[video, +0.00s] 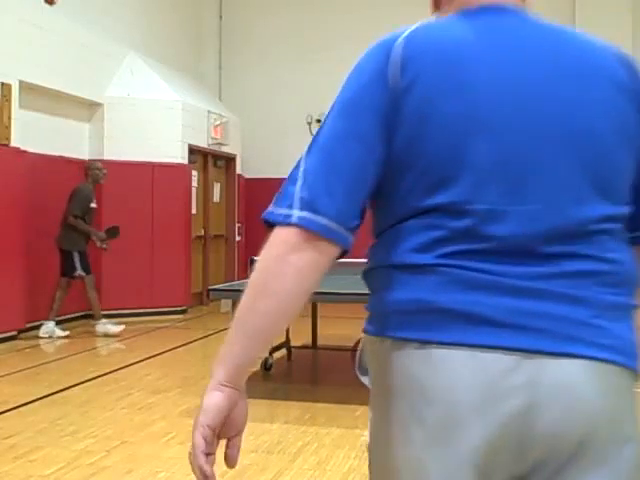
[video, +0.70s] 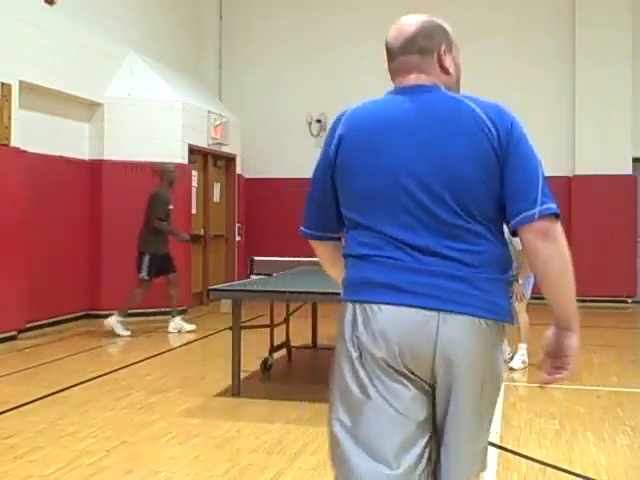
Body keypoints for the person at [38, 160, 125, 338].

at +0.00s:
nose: (104, 173)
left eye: (103, 170)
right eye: (100, 170)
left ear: (95, 173)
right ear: (90, 172)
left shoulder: (89, 192)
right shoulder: (83, 191)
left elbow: (83, 221)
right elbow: (72, 218)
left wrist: (96, 239)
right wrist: (94, 233)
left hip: (72, 242)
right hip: (73, 243)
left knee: (64, 283)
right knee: (89, 280)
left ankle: (49, 324)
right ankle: (100, 322)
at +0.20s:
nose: (123, 174)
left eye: (122, 171)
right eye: (119, 171)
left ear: (113, 175)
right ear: (109, 174)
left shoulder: (110, 195)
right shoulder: (102, 194)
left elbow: (106, 223)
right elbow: (94, 222)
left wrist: (117, 241)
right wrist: (117, 235)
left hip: (98, 245)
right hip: (96, 246)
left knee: (92, 283)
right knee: (112, 280)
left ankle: (63, 315)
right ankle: (109, 322)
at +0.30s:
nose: (130, 173)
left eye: (130, 169)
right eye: (126, 169)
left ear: (124, 173)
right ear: (118, 172)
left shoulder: (120, 192)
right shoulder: (112, 192)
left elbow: (117, 220)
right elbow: (105, 219)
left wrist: (124, 239)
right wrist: (129, 231)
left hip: (113, 243)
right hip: (107, 244)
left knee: (114, 280)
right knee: (117, 280)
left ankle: (85, 307)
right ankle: (110, 322)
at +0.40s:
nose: (139, 171)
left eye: (139, 167)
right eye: (135, 167)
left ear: (136, 171)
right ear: (126, 171)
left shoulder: (130, 191)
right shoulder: (122, 191)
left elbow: (129, 218)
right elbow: (118, 218)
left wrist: (145, 228)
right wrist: (141, 228)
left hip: (126, 244)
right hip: (117, 244)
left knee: (133, 277)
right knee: (120, 280)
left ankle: (110, 313)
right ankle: (111, 321)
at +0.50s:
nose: (150, 172)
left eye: (150, 168)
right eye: (147, 168)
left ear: (144, 172)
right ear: (138, 171)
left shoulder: (141, 193)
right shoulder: (133, 192)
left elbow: (138, 220)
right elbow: (129, 218)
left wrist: (158, 229)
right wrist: (154, 228)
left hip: (136, 244)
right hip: (125, 244)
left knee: (148, 276)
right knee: (124, 281)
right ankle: (111, 322)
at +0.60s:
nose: (162, 173)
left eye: (161, 170)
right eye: (158, 170)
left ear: (156, 173)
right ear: (150, 172)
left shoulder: (154, 195)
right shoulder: (146, 195)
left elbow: (151, 221)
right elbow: (143, 221)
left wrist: (169, 231)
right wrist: (167, 230)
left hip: (147, 247)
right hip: (135, 247)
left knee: (158, 281)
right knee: (131, 284)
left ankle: (171, 318)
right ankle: (111, 322)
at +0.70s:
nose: (174, 175)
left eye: (174, 171)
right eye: (171, 172)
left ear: (167, 175)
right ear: (163, 175)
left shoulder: (165, 196)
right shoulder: (158, 196)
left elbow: (163, 223)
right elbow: (156, 222)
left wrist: (179, 235)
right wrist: (178, 234)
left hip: (161, 249)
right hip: (149, 248)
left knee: (173, 280)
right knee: (143, 285)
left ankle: (175, 319)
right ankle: (117, 318)